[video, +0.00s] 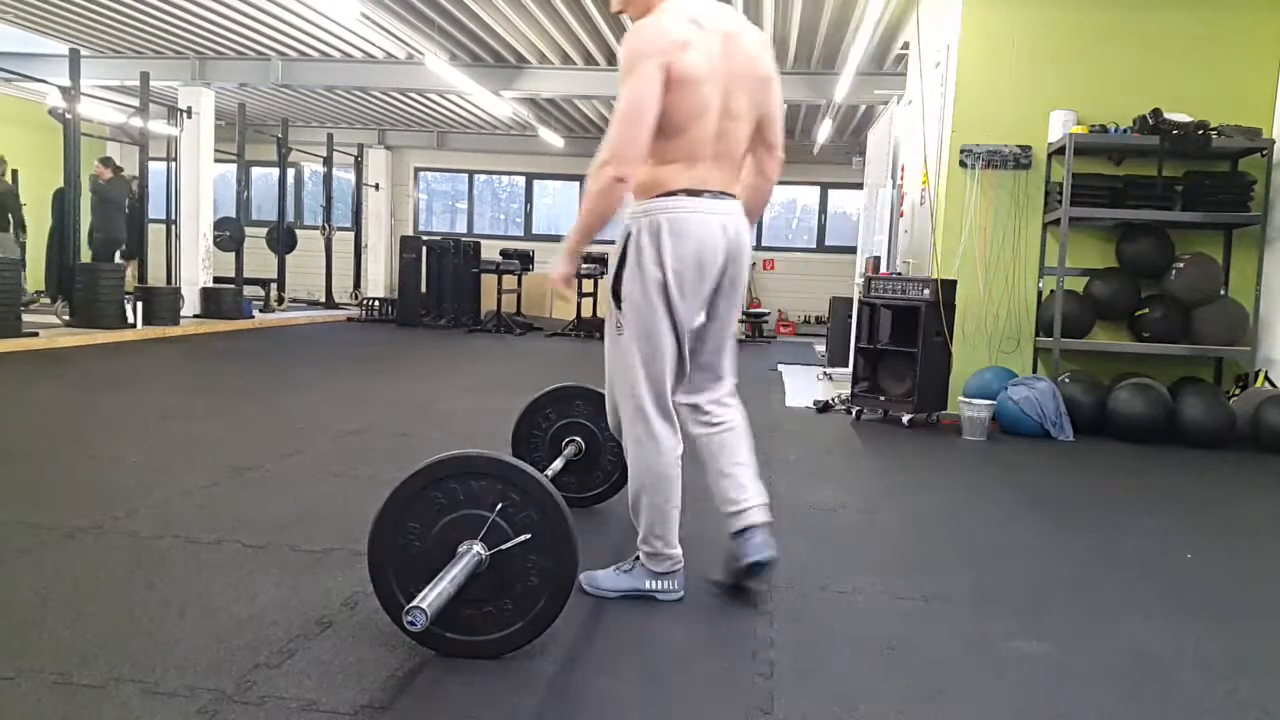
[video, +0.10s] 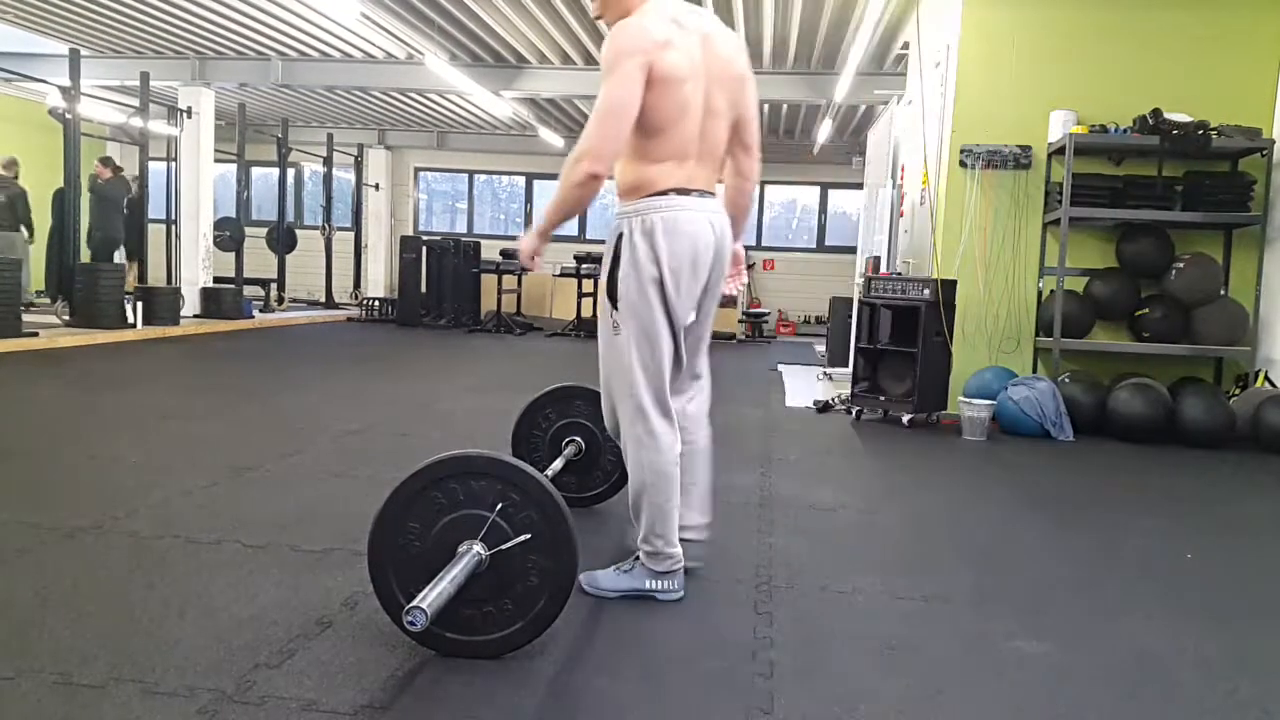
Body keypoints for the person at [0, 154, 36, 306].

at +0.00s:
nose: (5, 170)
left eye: (4, 166)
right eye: (4, 166)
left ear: (3, 168)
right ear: (4, 169)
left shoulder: (7, 188)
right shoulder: (7, 188)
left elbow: (15, 212)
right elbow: (16, 212)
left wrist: (21, 229)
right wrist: (22, 229)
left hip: (6, 232)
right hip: (4, 232)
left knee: (14, 259)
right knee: (14, 259)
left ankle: (22, 292)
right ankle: (21, 292)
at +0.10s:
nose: (18, 172)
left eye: (17, 169)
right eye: (17, 169)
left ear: (2, 168)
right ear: (14, 170)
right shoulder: (16, 190)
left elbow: (24, 214)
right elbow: (24, 215)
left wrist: (30, 231)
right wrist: (31, 231)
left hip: (3, 232)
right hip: (11, 234)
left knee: (5, 269)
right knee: (22, 266)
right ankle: (24, 297)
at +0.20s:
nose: (28, 171)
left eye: (27, 168)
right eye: (28, 168)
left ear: (13, 168)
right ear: (25, 168)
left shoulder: (3, 184)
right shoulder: (26, 189)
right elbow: (33, 214)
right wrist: (40, 229)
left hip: (3, 229)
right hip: (20, 230)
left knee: (4, 264)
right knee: (29, 262)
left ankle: (4, 298)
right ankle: (26, 298)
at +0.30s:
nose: (36, 171)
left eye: (36, 169)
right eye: (36, 169)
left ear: (20, 166)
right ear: (34, 168)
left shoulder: (5, 183)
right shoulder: (34, 187)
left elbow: (2, 205)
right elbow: (44, 210)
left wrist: (6, 219)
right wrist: (51, 220)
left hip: (7, 228)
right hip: (27, 228)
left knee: (12, 265)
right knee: (32, 264)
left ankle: (10, 297)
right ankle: (26, 297)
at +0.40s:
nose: (42, 171)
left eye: (42, 169)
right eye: (42, 169)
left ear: (26, 167)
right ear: (39, 169)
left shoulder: (11, 185)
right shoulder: (41, 186)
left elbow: (4, 209)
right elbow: (53, 205)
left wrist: (7, 229)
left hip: (15, 227)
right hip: (33, 228)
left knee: (21, 261)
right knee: (32, 263)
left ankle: (22, 295)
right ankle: (25, 298)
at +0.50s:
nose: (49, 174)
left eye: (48, 171)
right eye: (48, 171)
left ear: (34, 170)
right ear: (46, 171)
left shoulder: (20, 186)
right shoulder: (49, 189)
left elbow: (13, 211)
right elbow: (53, 212)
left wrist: (15, 230)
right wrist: (52, 228)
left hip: (24, 228)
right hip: (40, 228)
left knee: (34, 262)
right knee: (36, 263)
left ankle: (41, 296)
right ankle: (26, 298)